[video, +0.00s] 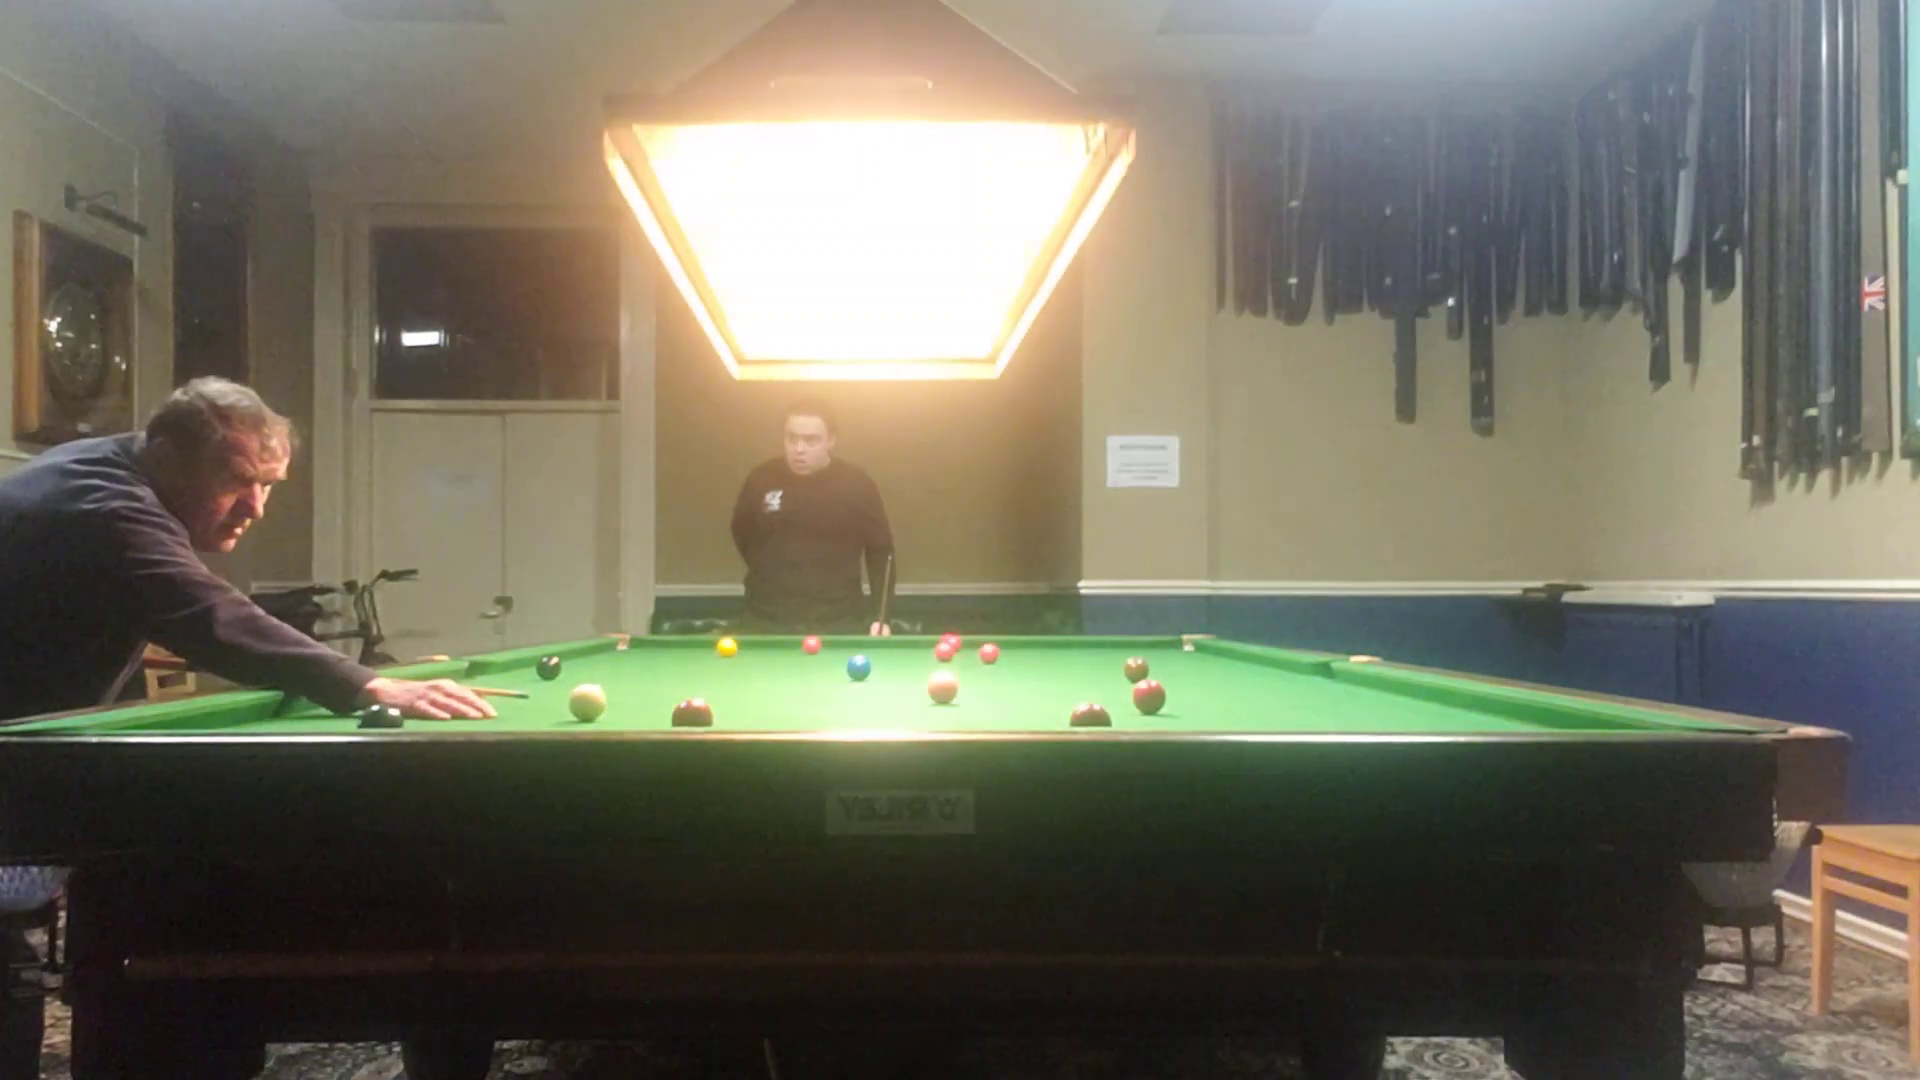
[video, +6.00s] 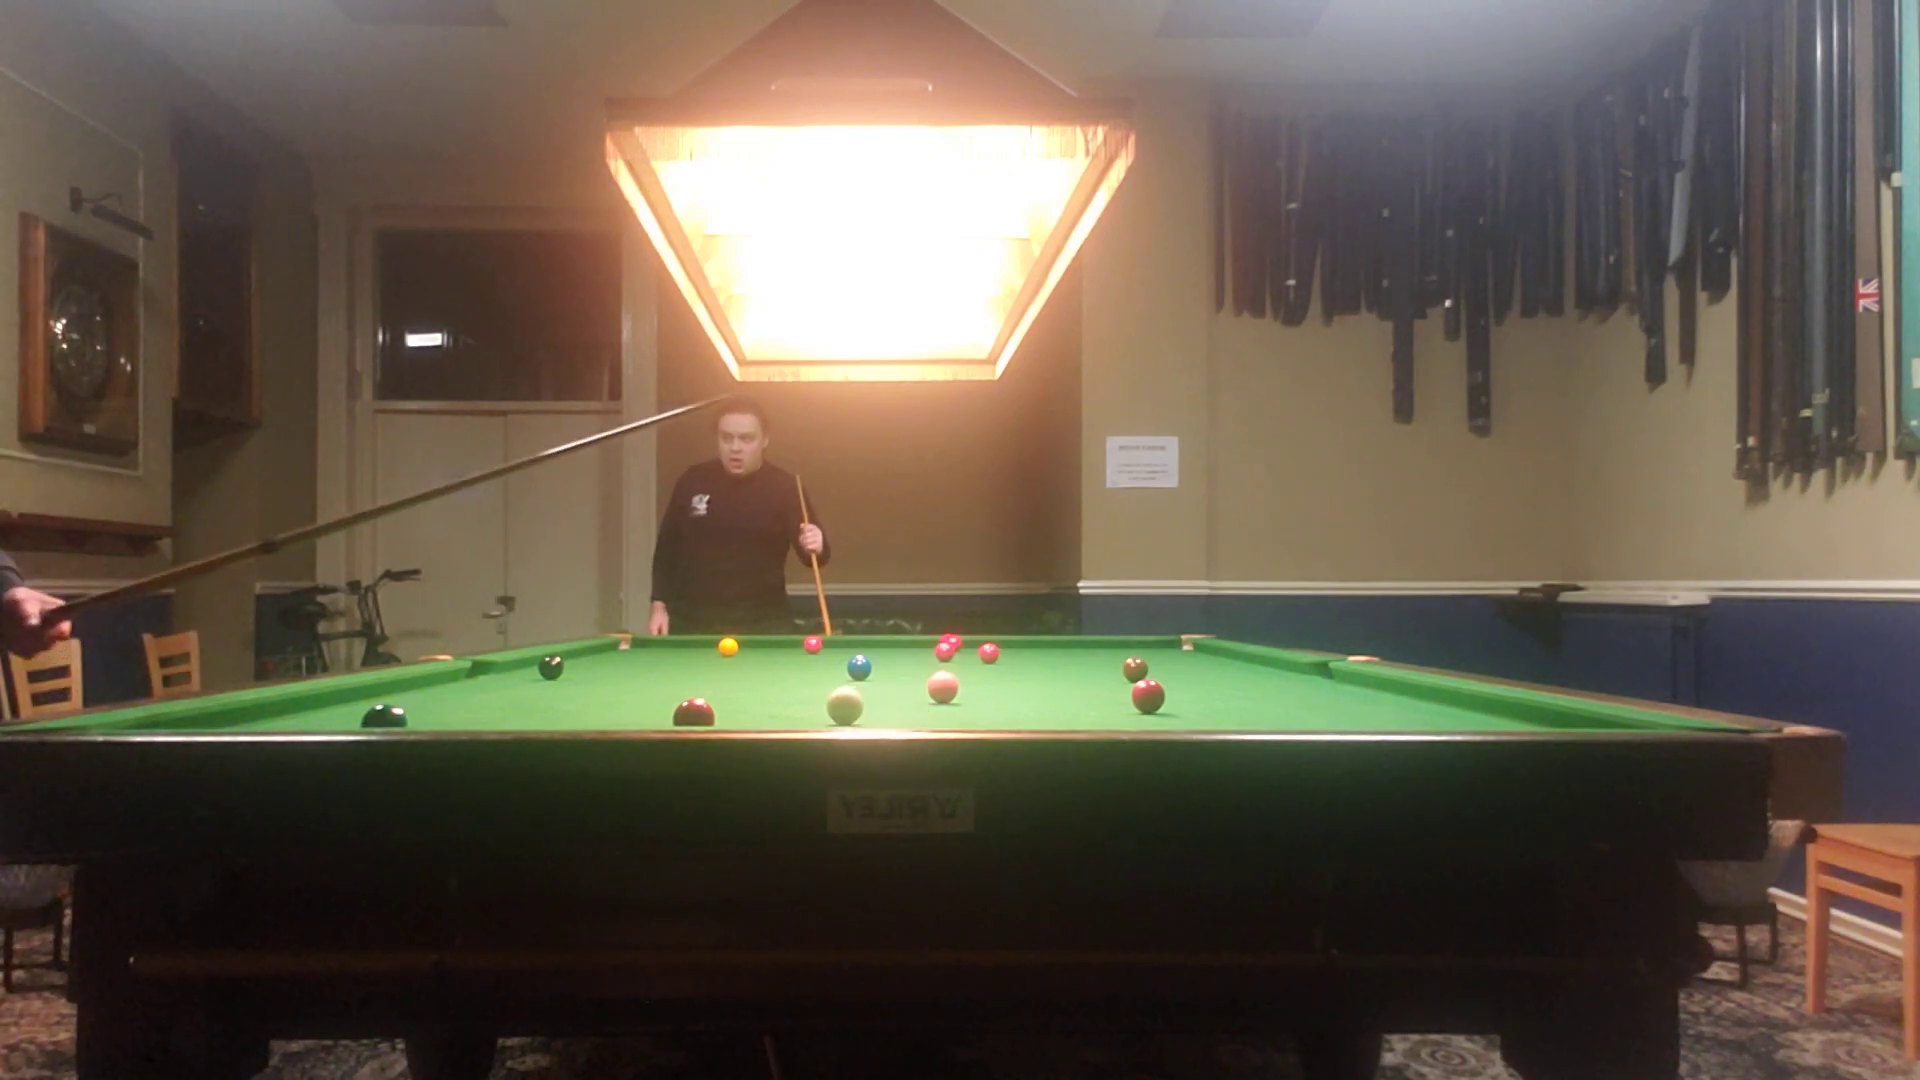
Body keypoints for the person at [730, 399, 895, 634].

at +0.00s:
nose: (799, 449)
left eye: (811, 440)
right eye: (792, 439)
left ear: (831, 441)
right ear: (783, 439)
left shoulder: (858, 485)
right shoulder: (762, 479)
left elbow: (881, 551)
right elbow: (742, 531)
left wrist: (881, 617)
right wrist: (769, 576)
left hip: (838, 622)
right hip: (766, 620)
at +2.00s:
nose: (813, 454)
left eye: (823, 444)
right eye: (804, 443)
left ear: (840, 445)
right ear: (793, 441)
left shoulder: (859, 490)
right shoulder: (765, 485)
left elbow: (890, 542)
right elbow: (737, 547)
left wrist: (893, 568)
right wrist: (726, 604)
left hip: (842, 623)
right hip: (771, 623)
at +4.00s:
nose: (795, 436)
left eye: (806, 429)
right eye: (788, 427)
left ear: (822, 437)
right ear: (776, 433)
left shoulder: (847, 482)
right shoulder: (754, 484)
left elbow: (880, 548)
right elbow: (730, 552)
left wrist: (867, 537)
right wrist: (723, 608)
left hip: (831, 624)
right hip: (761, 625)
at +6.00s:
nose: (735, 448)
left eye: (747, 438)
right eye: (727, 438)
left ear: (765, 440)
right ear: (716, 440)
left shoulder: (786, 487)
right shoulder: (694, 482)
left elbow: (814, 558)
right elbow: (667, 547)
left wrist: (817, 545)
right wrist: (659, 605)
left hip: (765, 631)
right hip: (695, 631)